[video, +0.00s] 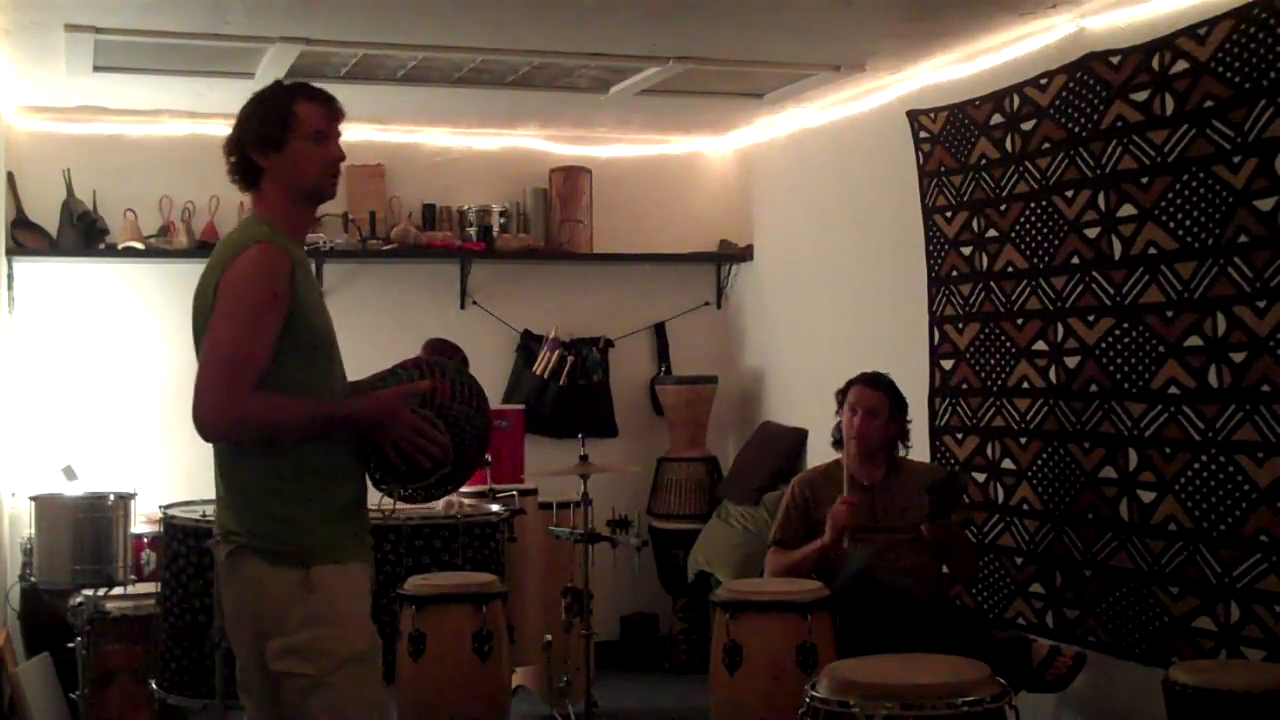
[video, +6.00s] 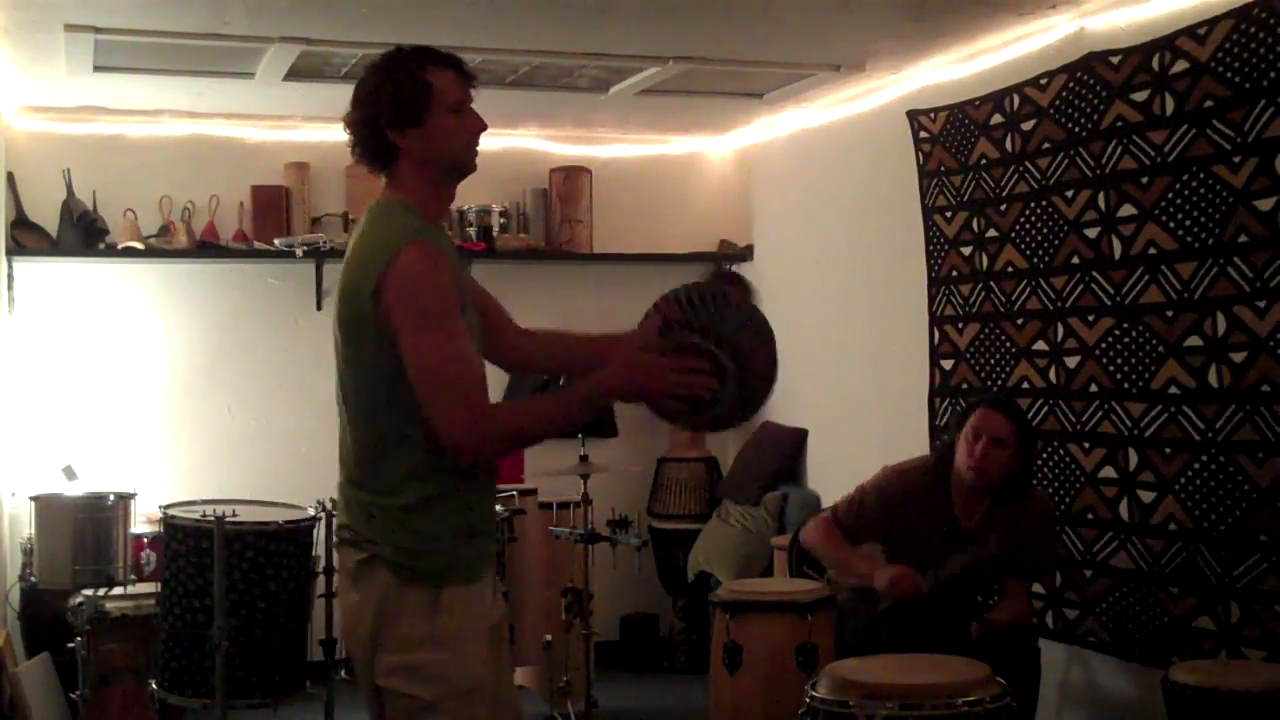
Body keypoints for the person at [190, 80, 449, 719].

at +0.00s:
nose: (340, 152)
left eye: (338, 138)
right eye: (322, 138)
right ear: (268, 151)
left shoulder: (269, 253)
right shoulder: (264, 257)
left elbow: (291, 406)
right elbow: (219, 411)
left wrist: (394, 384)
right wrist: (360, 414)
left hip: (289, 560)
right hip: (297, 565)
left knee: (289, 709)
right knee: (336, 707)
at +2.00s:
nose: (352, 156)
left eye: (351, 138)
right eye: (336, 136)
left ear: (287, 140)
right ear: (277, 137)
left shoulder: (285, 247)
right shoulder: (266, 255)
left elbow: (303, 404)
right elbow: (277, 428)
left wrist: (398, 351)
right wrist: (417, 361)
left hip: (348, 568)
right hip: (331, 578)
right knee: (347, 709)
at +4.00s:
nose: (316, 155)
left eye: (313, 141)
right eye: (298, 143)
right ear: (244, 156)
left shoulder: (267, 261)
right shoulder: (228, 259)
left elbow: (265, 395)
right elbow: (189, 411)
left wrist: (355, 376)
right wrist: (331, 393)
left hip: (308, 556)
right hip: (281, 562)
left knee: (316, 705)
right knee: (305, 707)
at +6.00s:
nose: (481, 122)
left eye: (473, 106)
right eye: (462, 108)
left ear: (409, 133)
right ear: (404, 130)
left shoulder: (418, 238)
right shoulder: (409, 251)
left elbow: (514, 346)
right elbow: (469, 431)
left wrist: (637, 344)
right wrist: (610, 385)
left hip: (433, 566)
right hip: (418, 578)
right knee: (449, 709)